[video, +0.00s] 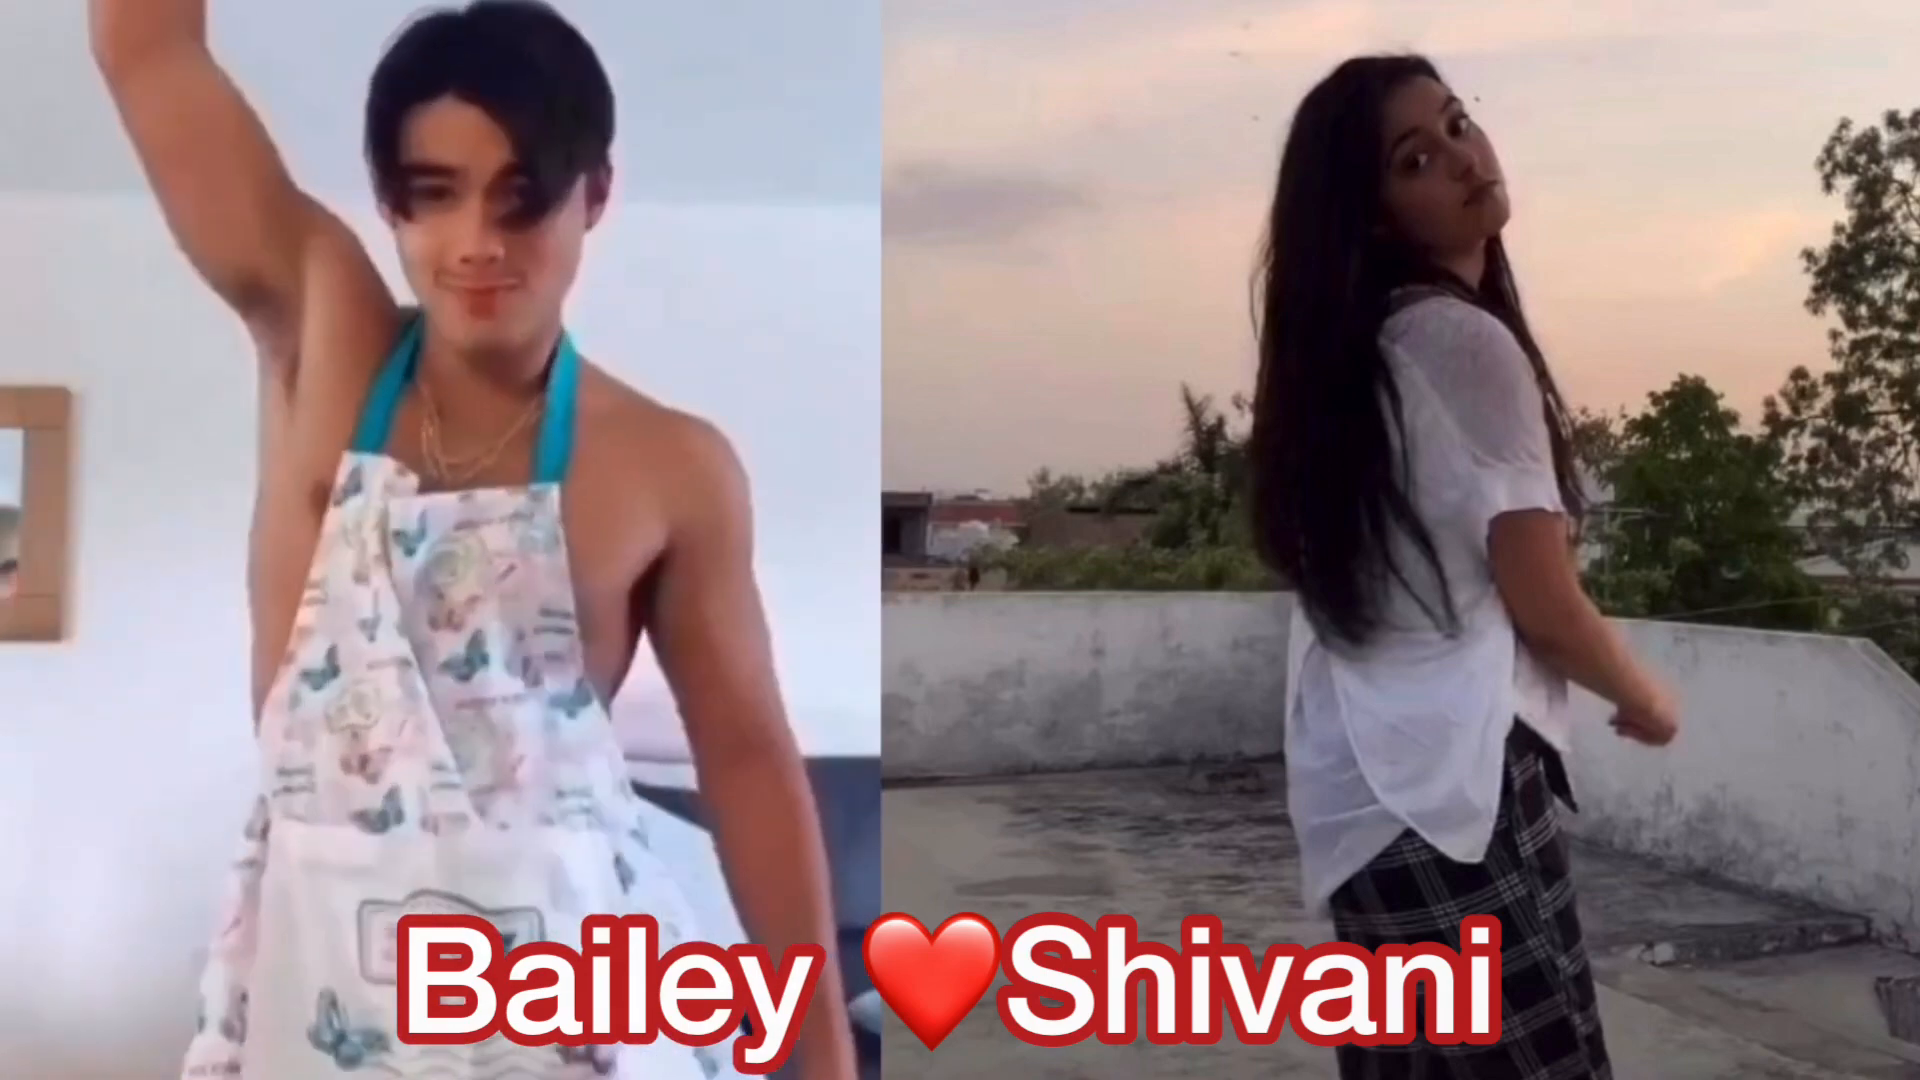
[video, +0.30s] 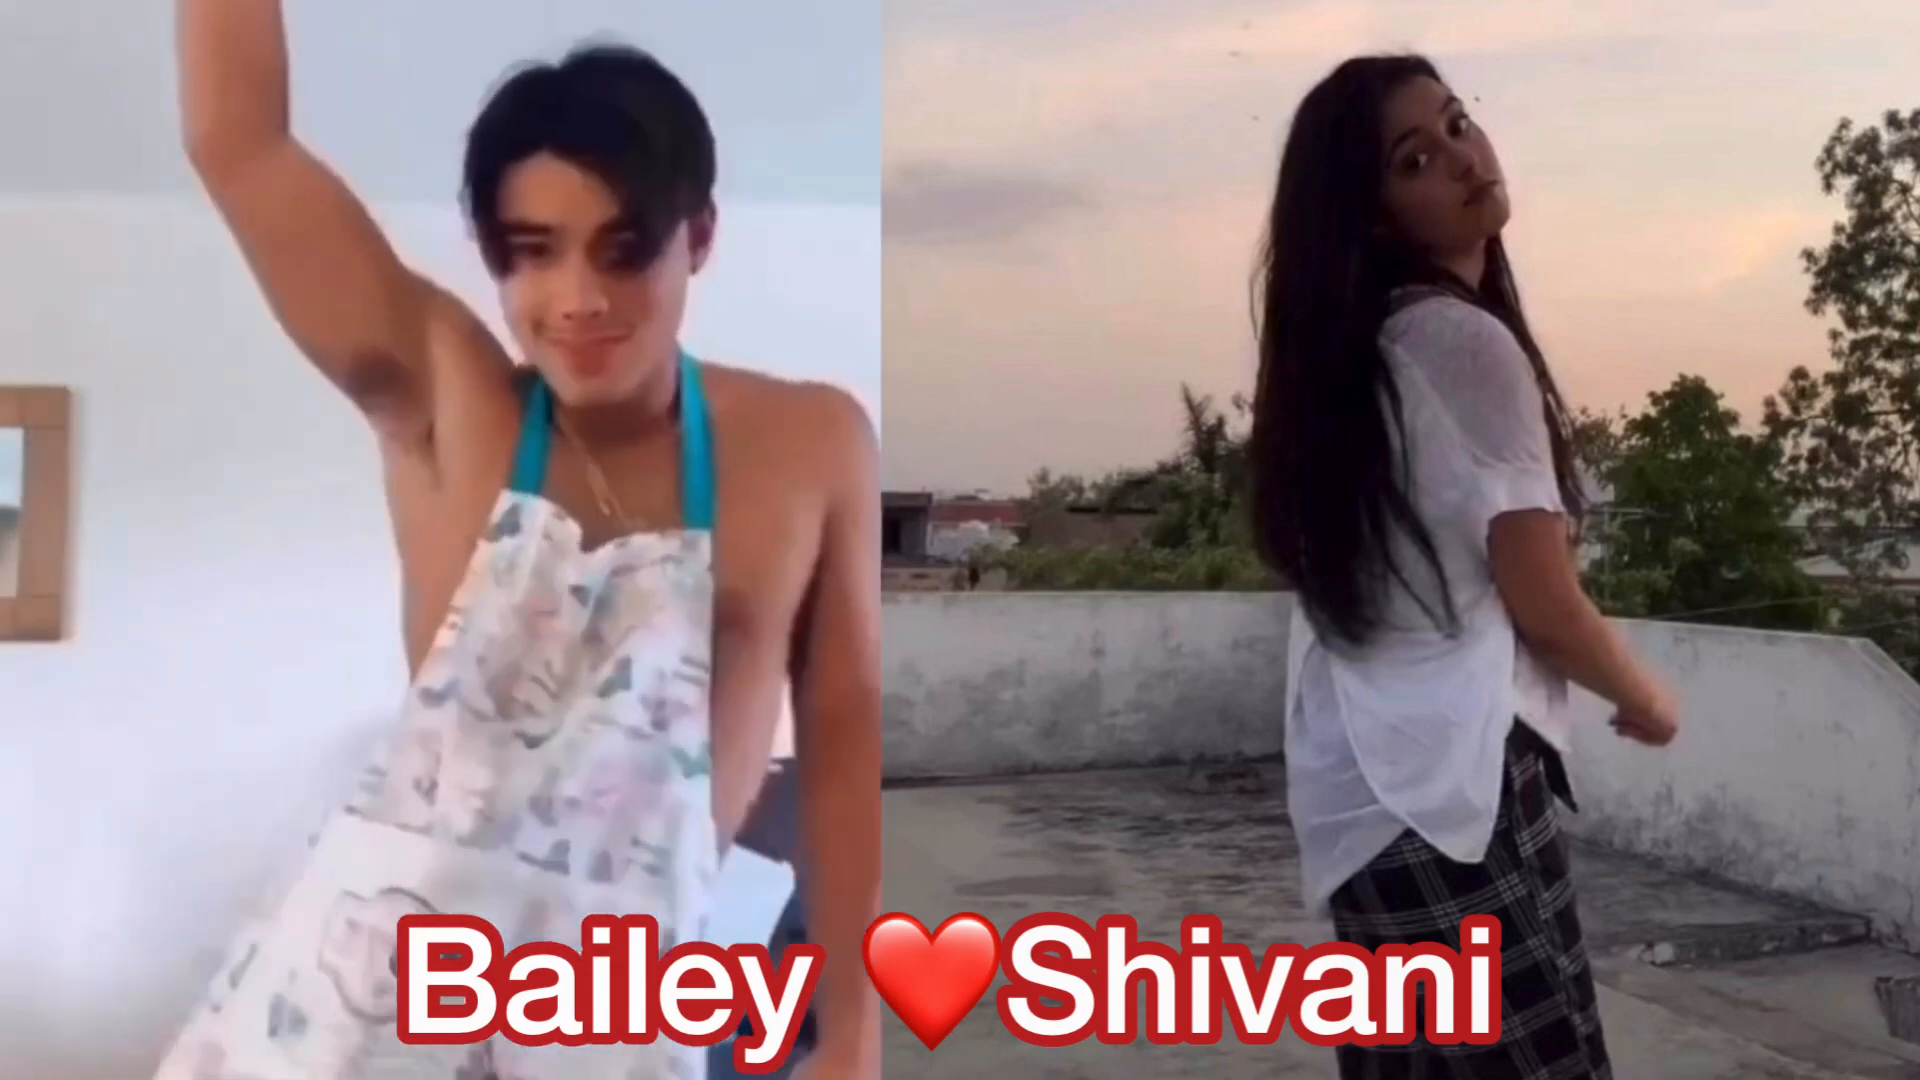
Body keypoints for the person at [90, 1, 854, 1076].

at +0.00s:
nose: (476, 245)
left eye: (523, 197)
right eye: (430, 196)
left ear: (596, 198)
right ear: (387, 206)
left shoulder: (670, 470)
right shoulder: (313, 319)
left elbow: (750, 765)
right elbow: (146, 44)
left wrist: (820, 1046)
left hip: (561, 983)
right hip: (311, 967)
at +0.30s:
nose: (577, 298)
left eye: (625, 248)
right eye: (533, 250)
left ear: (699, 239)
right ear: (491, 254)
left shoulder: (813, 445)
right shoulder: (433, 389)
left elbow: (841, 750)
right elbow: (237, 141)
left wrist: (846, 1037)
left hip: (647, 1015)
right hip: (385, 990)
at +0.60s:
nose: (678, 378)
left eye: (724, 329)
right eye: (632, 331)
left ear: (797, 321)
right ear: (590, 330)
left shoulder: (855, 487)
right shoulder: (518, 492)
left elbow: (858, 744)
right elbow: (298, 291)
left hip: (825, 1021)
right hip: (601, 1024)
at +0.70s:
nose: (684, 374)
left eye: (729, 323)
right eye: (637, 323)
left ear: (795, 318)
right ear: (589, 321)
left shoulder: (844, 506)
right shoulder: (503, 483)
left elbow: (849, 811)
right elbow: (294, 277)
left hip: (821, 1032)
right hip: (603, 1035)